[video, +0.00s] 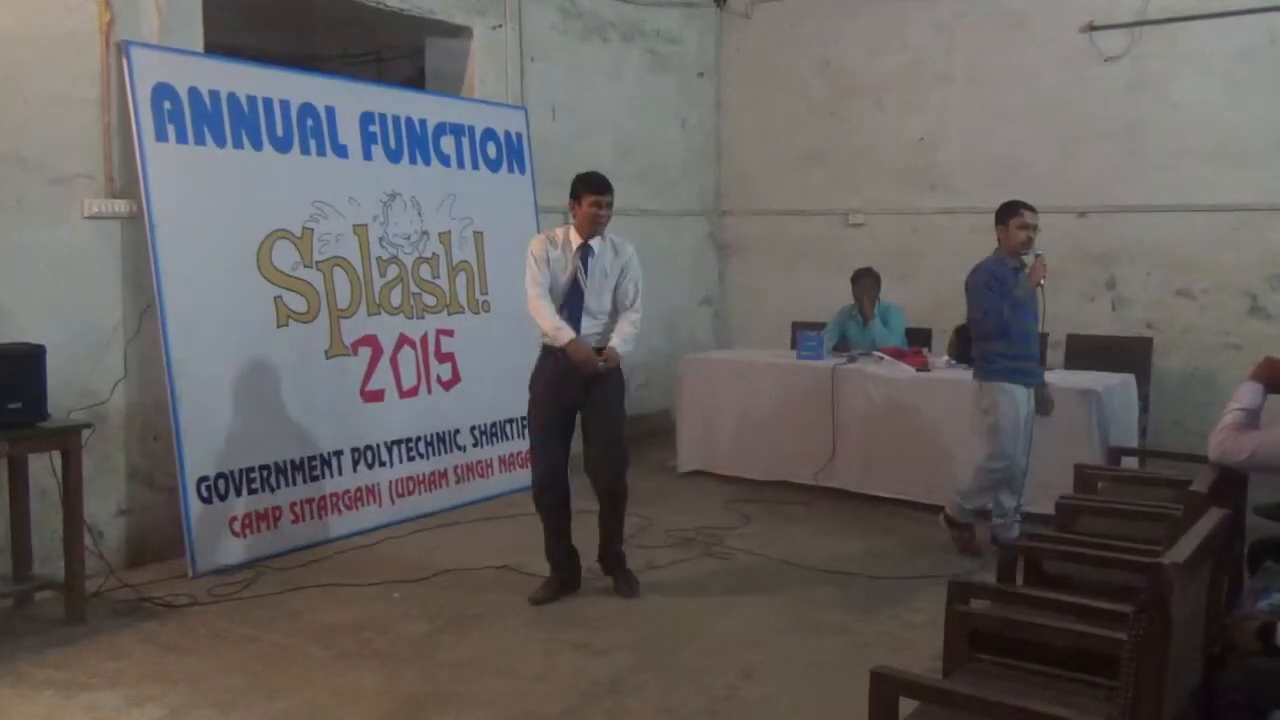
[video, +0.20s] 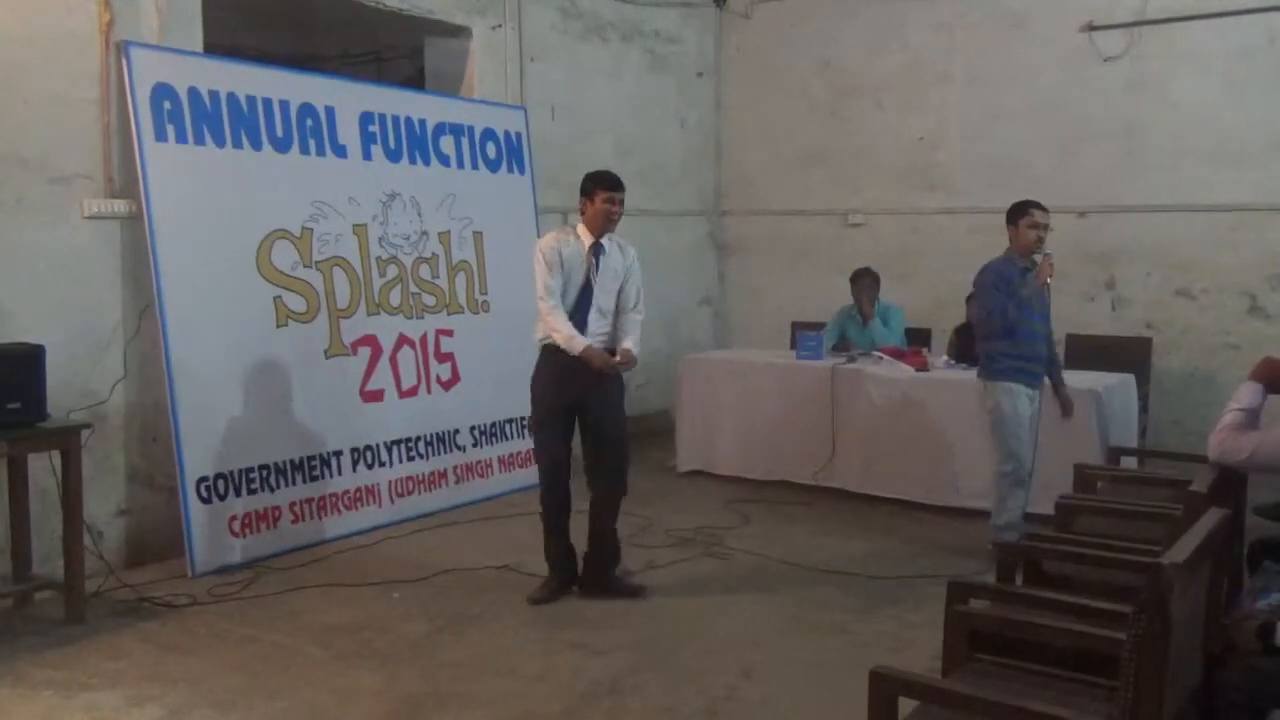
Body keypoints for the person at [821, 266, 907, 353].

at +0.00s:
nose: (863, 295)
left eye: (868, 290)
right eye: (858, 290)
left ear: (877, 292)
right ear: (853, 292)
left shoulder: (893, 313)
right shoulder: (845, 314)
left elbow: (892, 350)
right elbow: (823, 345)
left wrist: (871, 318)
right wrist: (837, 347)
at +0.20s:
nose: (862, 296)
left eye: (867, 291)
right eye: (858, 291)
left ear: (876, 292)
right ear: (852, 293)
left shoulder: (893, 313)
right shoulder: (844, 314)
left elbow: (891, 350)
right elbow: (822, 345)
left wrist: (871, 317)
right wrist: (837, 347)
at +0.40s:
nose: (863, 296)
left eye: (867, 290)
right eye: (858, 291)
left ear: (876, 292)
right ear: (852, 293)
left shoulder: (892, 313)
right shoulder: (844, 314)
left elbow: (891, 349)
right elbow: (823, 344)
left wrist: (871, 317)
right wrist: (837, 347)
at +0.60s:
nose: (862, 296)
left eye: (867, 291)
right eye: (857, 291)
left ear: (876, 292)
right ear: (852, 293)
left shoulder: (891, 314)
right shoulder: (844, 314)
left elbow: (891, 349)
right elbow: (823, 344)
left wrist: (871, 317)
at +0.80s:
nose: (862, 297)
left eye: (867, 292)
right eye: (857, 292)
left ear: (876, 292)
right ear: (851, 294)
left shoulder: (892, 314)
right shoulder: (844, 314)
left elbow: (890, 349)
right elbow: (823, 344)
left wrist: (871, 317)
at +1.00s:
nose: (861, 296)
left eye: (866, 291)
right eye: (856, 291)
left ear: (875, 292)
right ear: (851, 293)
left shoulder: (891, 314)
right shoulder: (843, 314)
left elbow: (890, 349)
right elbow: (822, 344)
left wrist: (870, 316)